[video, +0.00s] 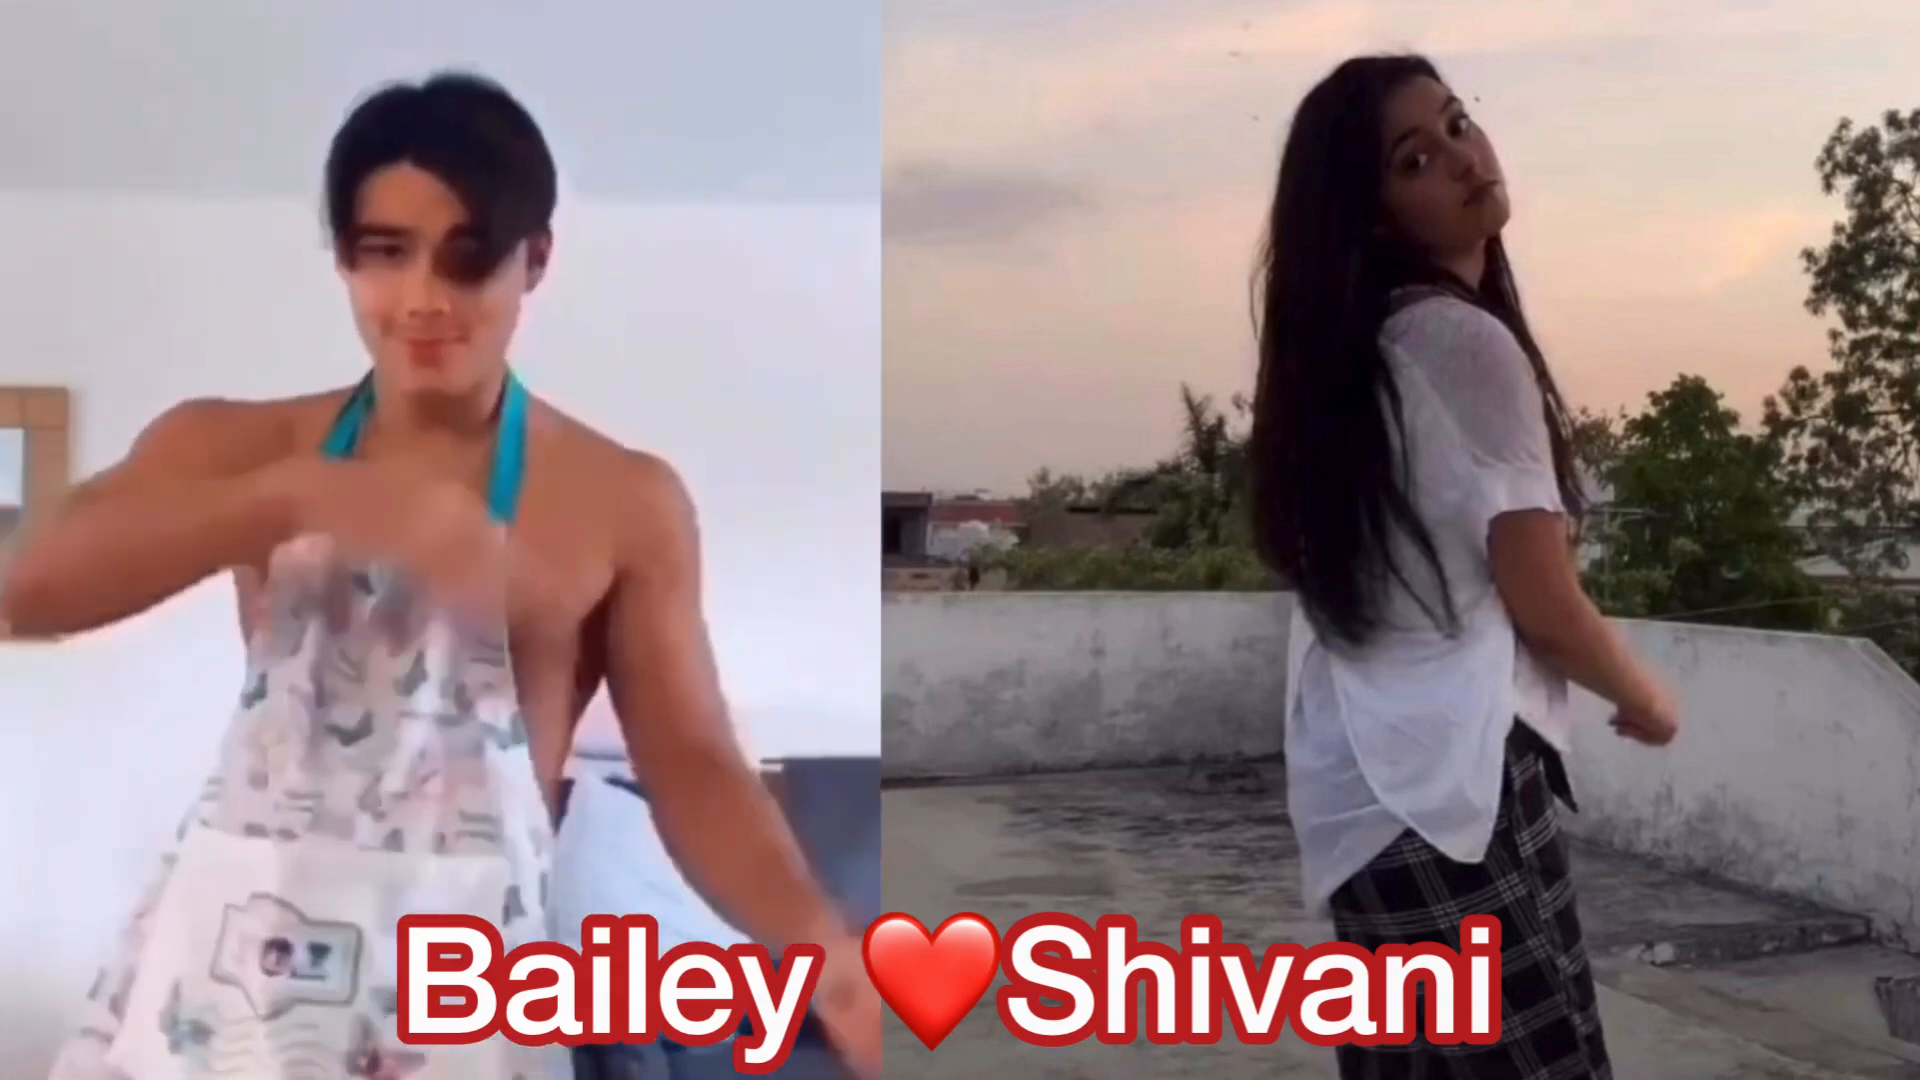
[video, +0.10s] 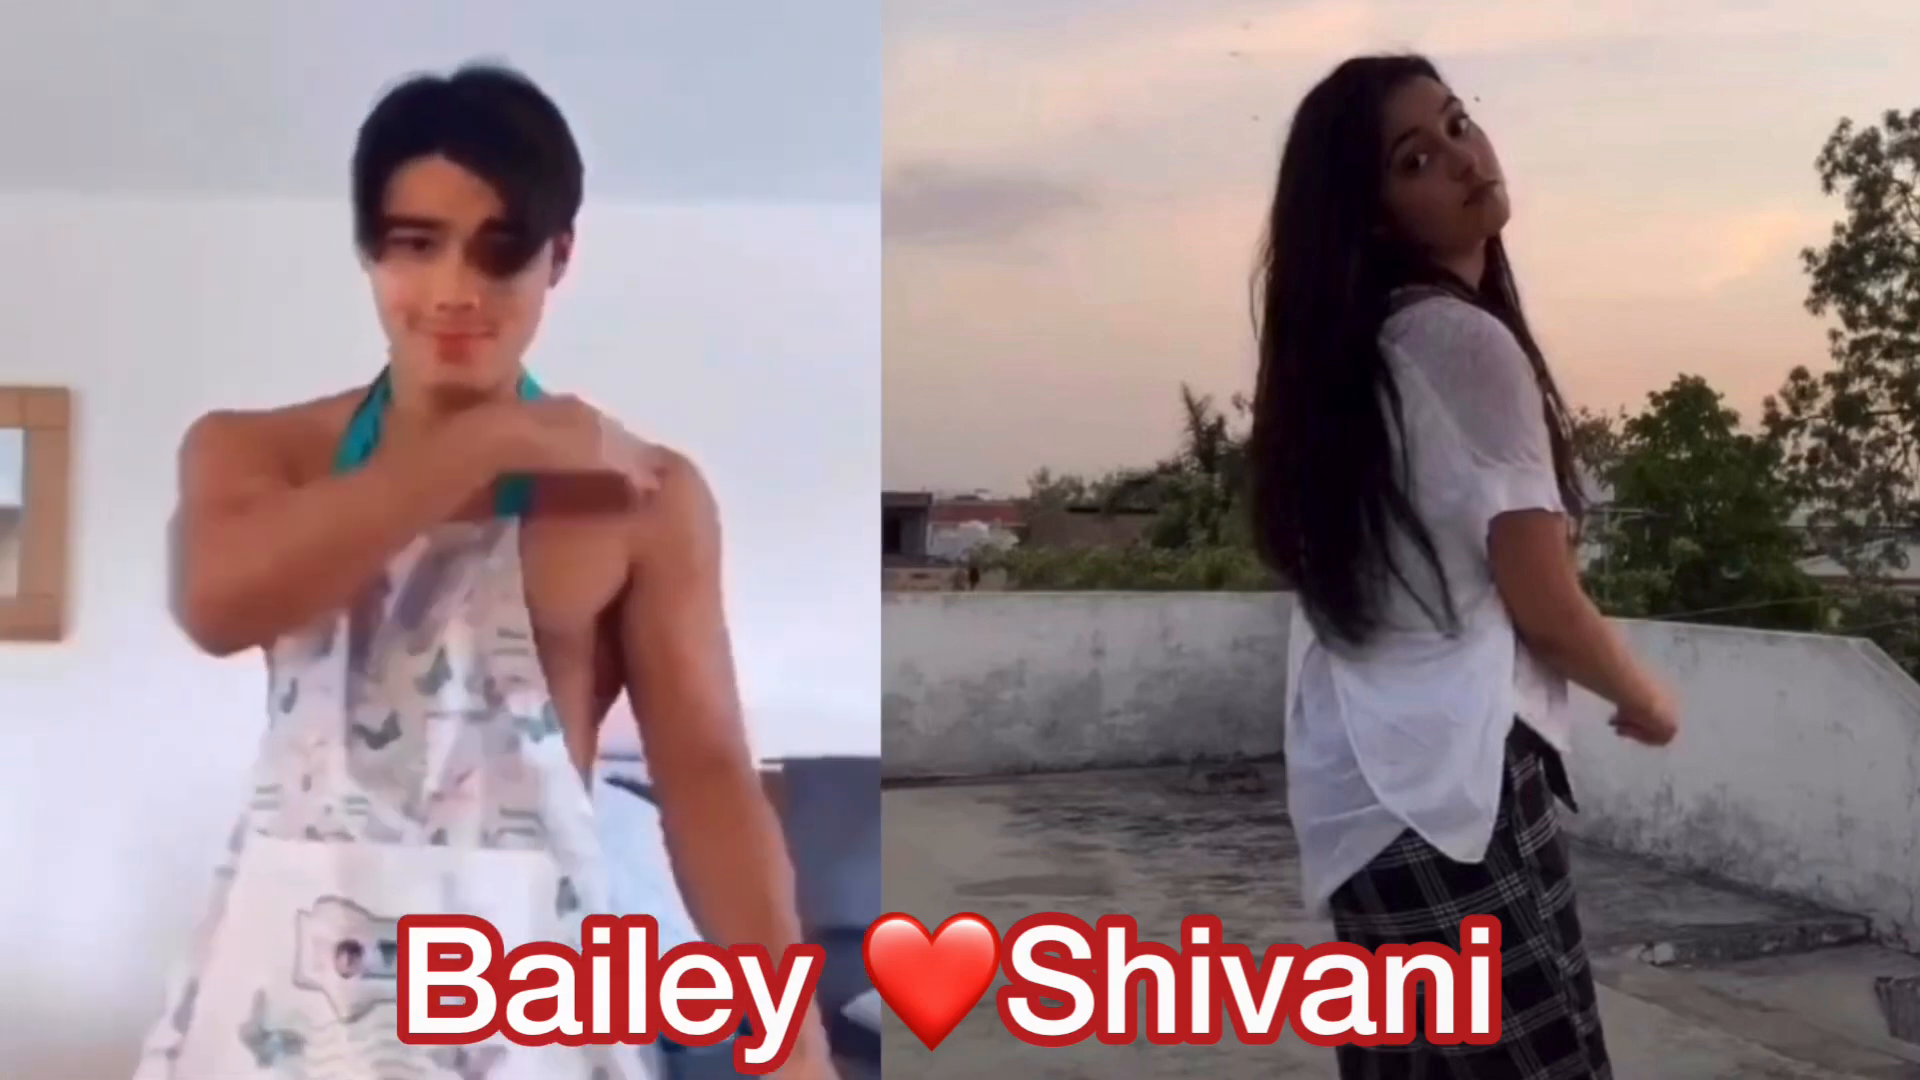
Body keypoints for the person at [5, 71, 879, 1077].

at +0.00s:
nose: (424, 298)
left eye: (470, 257)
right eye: (386, 252)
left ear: (535, 265)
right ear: (343, 262)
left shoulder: (626, 506)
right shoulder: (223, 450)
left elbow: (699, 778)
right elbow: (27, 594)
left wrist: (822, 948)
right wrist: (292, 498)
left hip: (477, 991)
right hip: (242, 970)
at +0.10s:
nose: (452, 292)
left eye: (500, 250)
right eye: (414, 244)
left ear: (559, 260)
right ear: (368, 254)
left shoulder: (641, 495)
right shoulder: (247, 451)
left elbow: (708, 781)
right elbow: (219, 602)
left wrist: (792, 1035)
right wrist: (486, 439)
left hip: (528, 996)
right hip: (284, 983)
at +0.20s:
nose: (493, 301)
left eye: (540, 261)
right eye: (455, 254)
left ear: (595, 274)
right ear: (404, 265)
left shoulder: (689, 509)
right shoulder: (287, 475)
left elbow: (733, 790)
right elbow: (292, 638)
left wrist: (779, 1042)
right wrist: (555, 464)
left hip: (617, 1004)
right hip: (368, 996)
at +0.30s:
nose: (534, 303)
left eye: (580, 261)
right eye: (493, 258)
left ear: (636, 271)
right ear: (444, 268)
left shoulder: (742, 492)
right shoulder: (337, 467)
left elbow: (812, 773)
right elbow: (237, 601)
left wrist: (858, 1042)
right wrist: (547, 493)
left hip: (690, 1005)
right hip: (434, 1004)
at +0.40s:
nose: (561, 294)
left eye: (610, 250)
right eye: (518, 247)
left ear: (667, 256)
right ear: (473, 254)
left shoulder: (781, 474)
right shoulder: (371, 460)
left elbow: (855, 763)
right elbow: (104, 542)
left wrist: (870, 983)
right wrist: (393, 469)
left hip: (724, 980)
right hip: (475, 999)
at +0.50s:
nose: (578, 291)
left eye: (624, 246)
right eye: (533, 245)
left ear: (682, 258)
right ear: (486, 255)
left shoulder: (784, 474)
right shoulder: (384, 453)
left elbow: (845, 759)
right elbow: (110, 621)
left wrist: (861, 990)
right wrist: (295, 476)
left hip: (745, 983)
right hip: (488, 996)